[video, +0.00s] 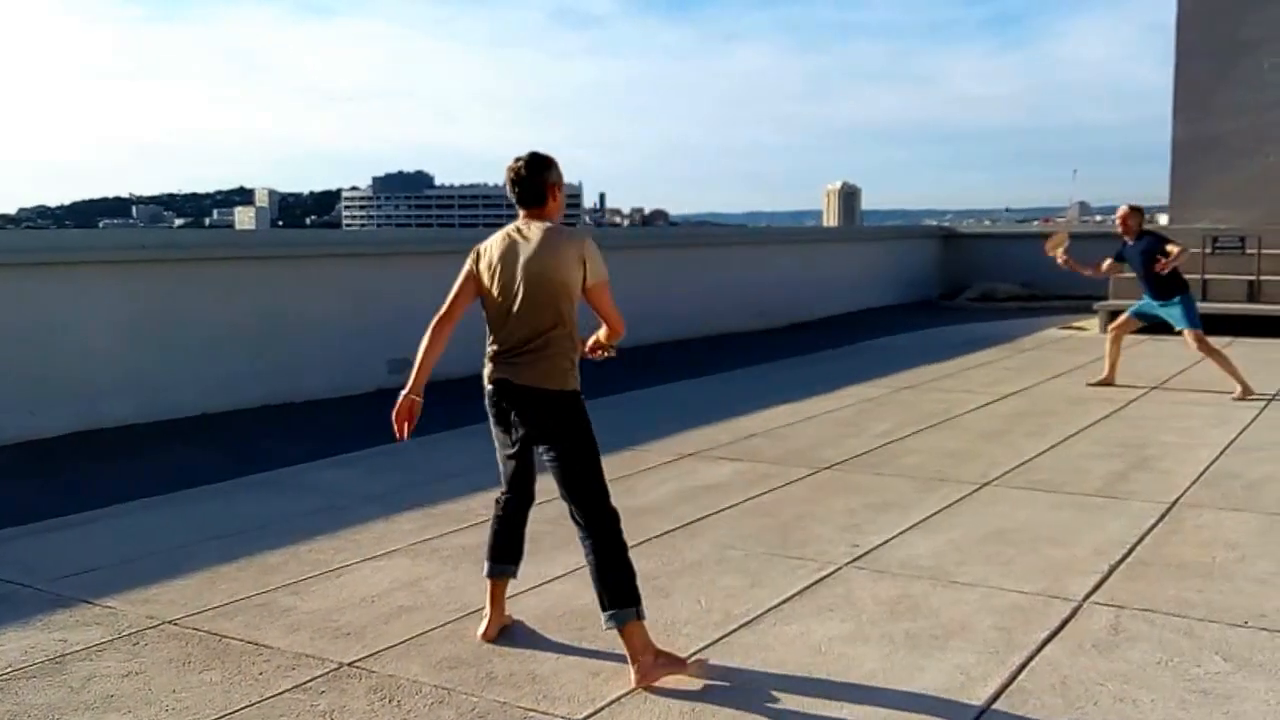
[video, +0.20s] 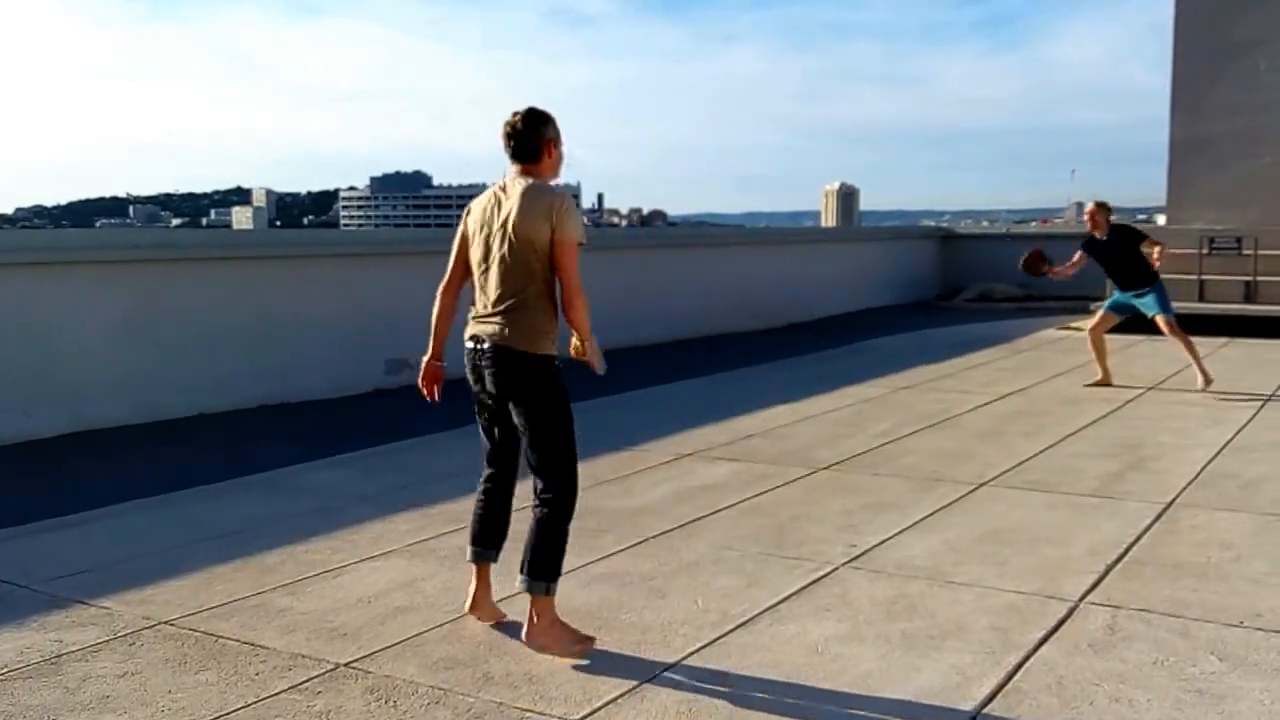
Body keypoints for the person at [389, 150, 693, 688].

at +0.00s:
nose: (565, 196)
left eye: (560, 188)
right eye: (562, 189)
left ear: (515, 196)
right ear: (553, 193)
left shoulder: (488, 249)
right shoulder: (577, 246)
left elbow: (444, 320)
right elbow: (613, 324)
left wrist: (413, 386)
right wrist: (600, 342)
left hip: (500, 389)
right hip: (555, 394)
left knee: (513, 491)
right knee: (595, 514)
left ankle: (493, 614)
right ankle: (642, 654)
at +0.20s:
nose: (562, 155)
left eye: (559, 146)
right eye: (560, 146)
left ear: (510, 153)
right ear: (549, 150)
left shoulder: (479, 205)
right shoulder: (556, 204)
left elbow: (449, 287)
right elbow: (571, 294)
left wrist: (433, 354)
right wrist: (584, 338)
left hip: (478, 355)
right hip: (528, 359)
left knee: (497, 469)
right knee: (557, 485)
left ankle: (480, 593)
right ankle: (542, 618)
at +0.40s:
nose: (559, 182)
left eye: (555, 173)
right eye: (556, 175)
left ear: (509, 181)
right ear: (544, 181)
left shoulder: (491, 228)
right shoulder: (531, 240)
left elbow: (502, 327)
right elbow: (529, 337)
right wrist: (564, 390)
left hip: (463, 381)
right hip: (500, 392)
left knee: (460, 482)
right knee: (560, 502)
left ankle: (412, 582)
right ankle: (523, 623)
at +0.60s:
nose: (558, 222)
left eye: (557, 214)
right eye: (555, 215)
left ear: (512, 222)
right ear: (541, 225)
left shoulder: (510, 257)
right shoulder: (506, 285)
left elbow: (561, 300)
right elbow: (468, 370)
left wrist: (620, 317)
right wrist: (510, 431)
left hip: (444, 404)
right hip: (475, 412)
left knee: (452, 496)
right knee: (584, 476)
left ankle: (402, 598)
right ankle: (549, 605)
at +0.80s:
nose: (631, 270)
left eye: (630, 263)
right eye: (628, 265)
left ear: (582, 266)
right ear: (610, 278)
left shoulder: (556, 277)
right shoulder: (571, 332)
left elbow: (546, 257)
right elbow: (541, 424)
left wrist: (560, 265)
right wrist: (574, 492)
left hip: (440, 397)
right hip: (475, 416)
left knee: (454, 493)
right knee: (581, 496)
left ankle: (402, 599)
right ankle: (602, 626)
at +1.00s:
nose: (689, 343)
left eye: (691, 335)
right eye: (690, 336)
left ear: (639, 319)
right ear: (673, 338)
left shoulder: (591, 319)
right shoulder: (648, 386)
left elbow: (513, 291)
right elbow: (683, 463)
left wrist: (468, 285)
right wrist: (737, 500)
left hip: (470, 431)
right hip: (513, 451)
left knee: (464, 506)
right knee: (634, 504)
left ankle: (403, 604)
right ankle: (613, 632)